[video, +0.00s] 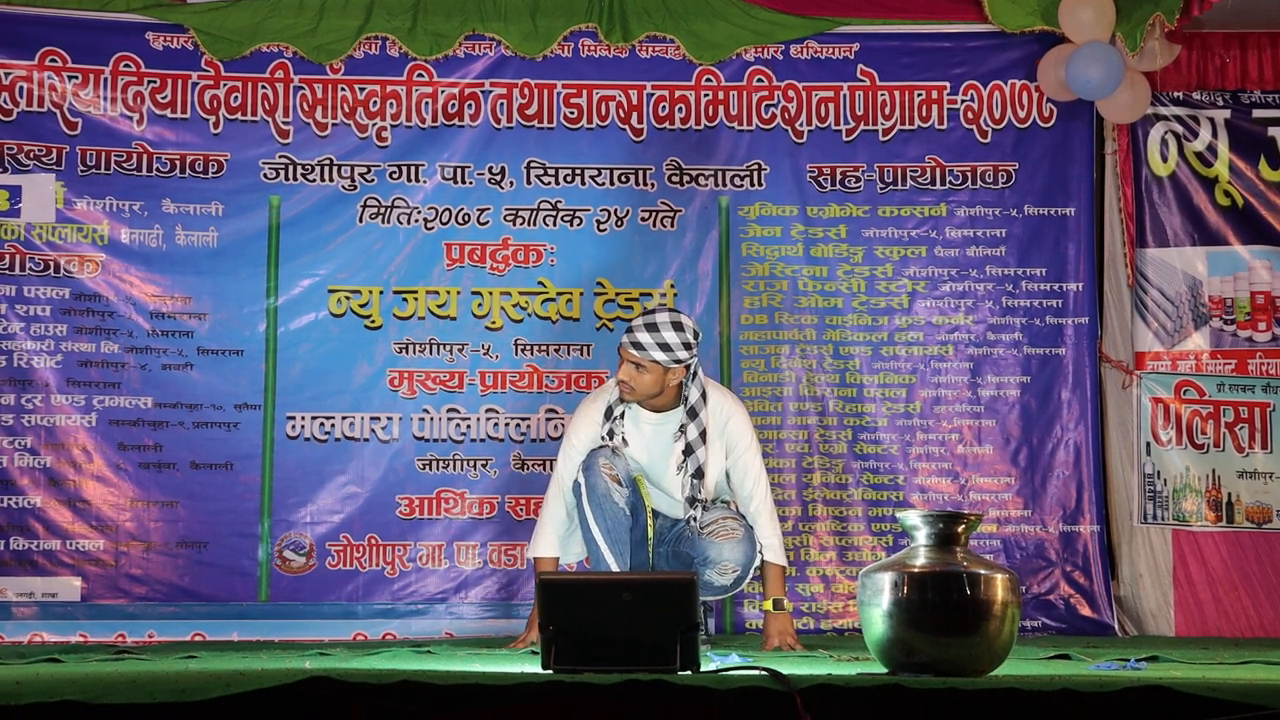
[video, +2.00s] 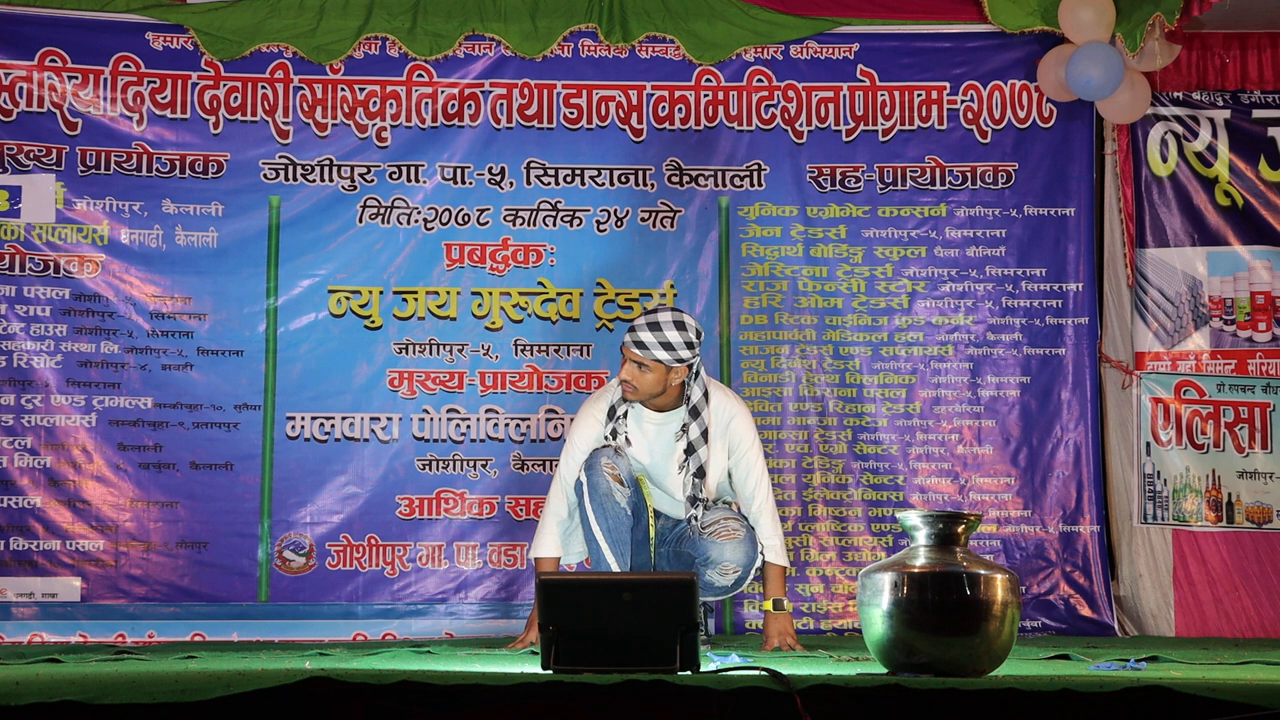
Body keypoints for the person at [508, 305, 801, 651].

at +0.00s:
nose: (621, 375)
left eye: (638, 368)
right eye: (622, 361)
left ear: (676, 374)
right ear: (619, 355)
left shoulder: (725, 414)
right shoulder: (597, 411)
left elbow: (760, 507)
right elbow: (557, 502)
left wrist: (777, 609)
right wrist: (543, 607)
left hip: (692, 539)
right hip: (628, 531)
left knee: (732, 547)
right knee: (601, 463)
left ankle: (686, 611)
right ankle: (619, 608)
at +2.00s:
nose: (623, 375)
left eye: (640, 367)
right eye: (624, 360)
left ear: (678, 374)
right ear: (621, 355)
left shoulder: (728, 414)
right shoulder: (599, 411)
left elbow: (762, 509)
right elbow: (558, 507)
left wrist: (777, 609)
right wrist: (542, 608)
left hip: (691, 540)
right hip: (629, 531)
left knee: (733, 547)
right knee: (604, 462)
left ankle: (688, 610)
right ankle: (619, 607)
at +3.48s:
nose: (623, 355)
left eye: (640, 346)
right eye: (624, 341)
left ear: (676, 357)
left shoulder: (726, 410)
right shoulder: (602, 404)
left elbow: (761, 503)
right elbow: (560, 495)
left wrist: (776, 604)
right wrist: (530, 590)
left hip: (693, 542)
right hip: (630, 532)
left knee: (734, 545)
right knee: (599, 461)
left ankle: (688, 613)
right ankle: (621, 605)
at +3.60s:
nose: (625, 350)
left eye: (641, 340)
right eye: (627, 336)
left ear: (679, 351)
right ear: (625, 336)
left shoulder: (728, 408)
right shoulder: (603, 402)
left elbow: (761, 502)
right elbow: (562, 498)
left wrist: (776, 602)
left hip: (695, 541)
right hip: (629, 534)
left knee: (731, 539)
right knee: (601, 462)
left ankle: (691, 614)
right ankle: (618, 605)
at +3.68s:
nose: (627, 347)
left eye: (642, 338)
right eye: (627, 334)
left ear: (680, 350)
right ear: (625, 336)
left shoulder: (728, 409)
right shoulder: (603, 401)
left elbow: (761, 505)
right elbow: (558, 497)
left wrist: (777, 605)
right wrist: (480, 503)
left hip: (693, 536)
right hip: (633, 532)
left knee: (734, 542)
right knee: (604, 461)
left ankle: (681, 614)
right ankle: (623, 607)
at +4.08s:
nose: (630, 346)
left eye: (647, 338)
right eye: (631, 333)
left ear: (684, 351)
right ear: (628, 334)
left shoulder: (727, 411)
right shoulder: (603, 399)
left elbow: (762, 505)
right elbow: (559, 492)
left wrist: (778, 607)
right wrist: (497, 472)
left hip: (695, 534)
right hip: (634, 530)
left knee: (736, 555)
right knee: (605, 463)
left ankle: (679, 611)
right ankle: (627, 607)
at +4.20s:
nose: (628, 348)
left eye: (645, 340)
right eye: (629, 336)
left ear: (681, 353)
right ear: (625, 335)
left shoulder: (727, 410)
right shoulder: (604, 400)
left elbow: (762, 503)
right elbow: (559, 473)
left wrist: (778, 604)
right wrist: (535, 490)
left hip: (697, 537)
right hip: (634, 529)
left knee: (736, 550)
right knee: (601, 461)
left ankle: (684, 610)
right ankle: (619, 603)